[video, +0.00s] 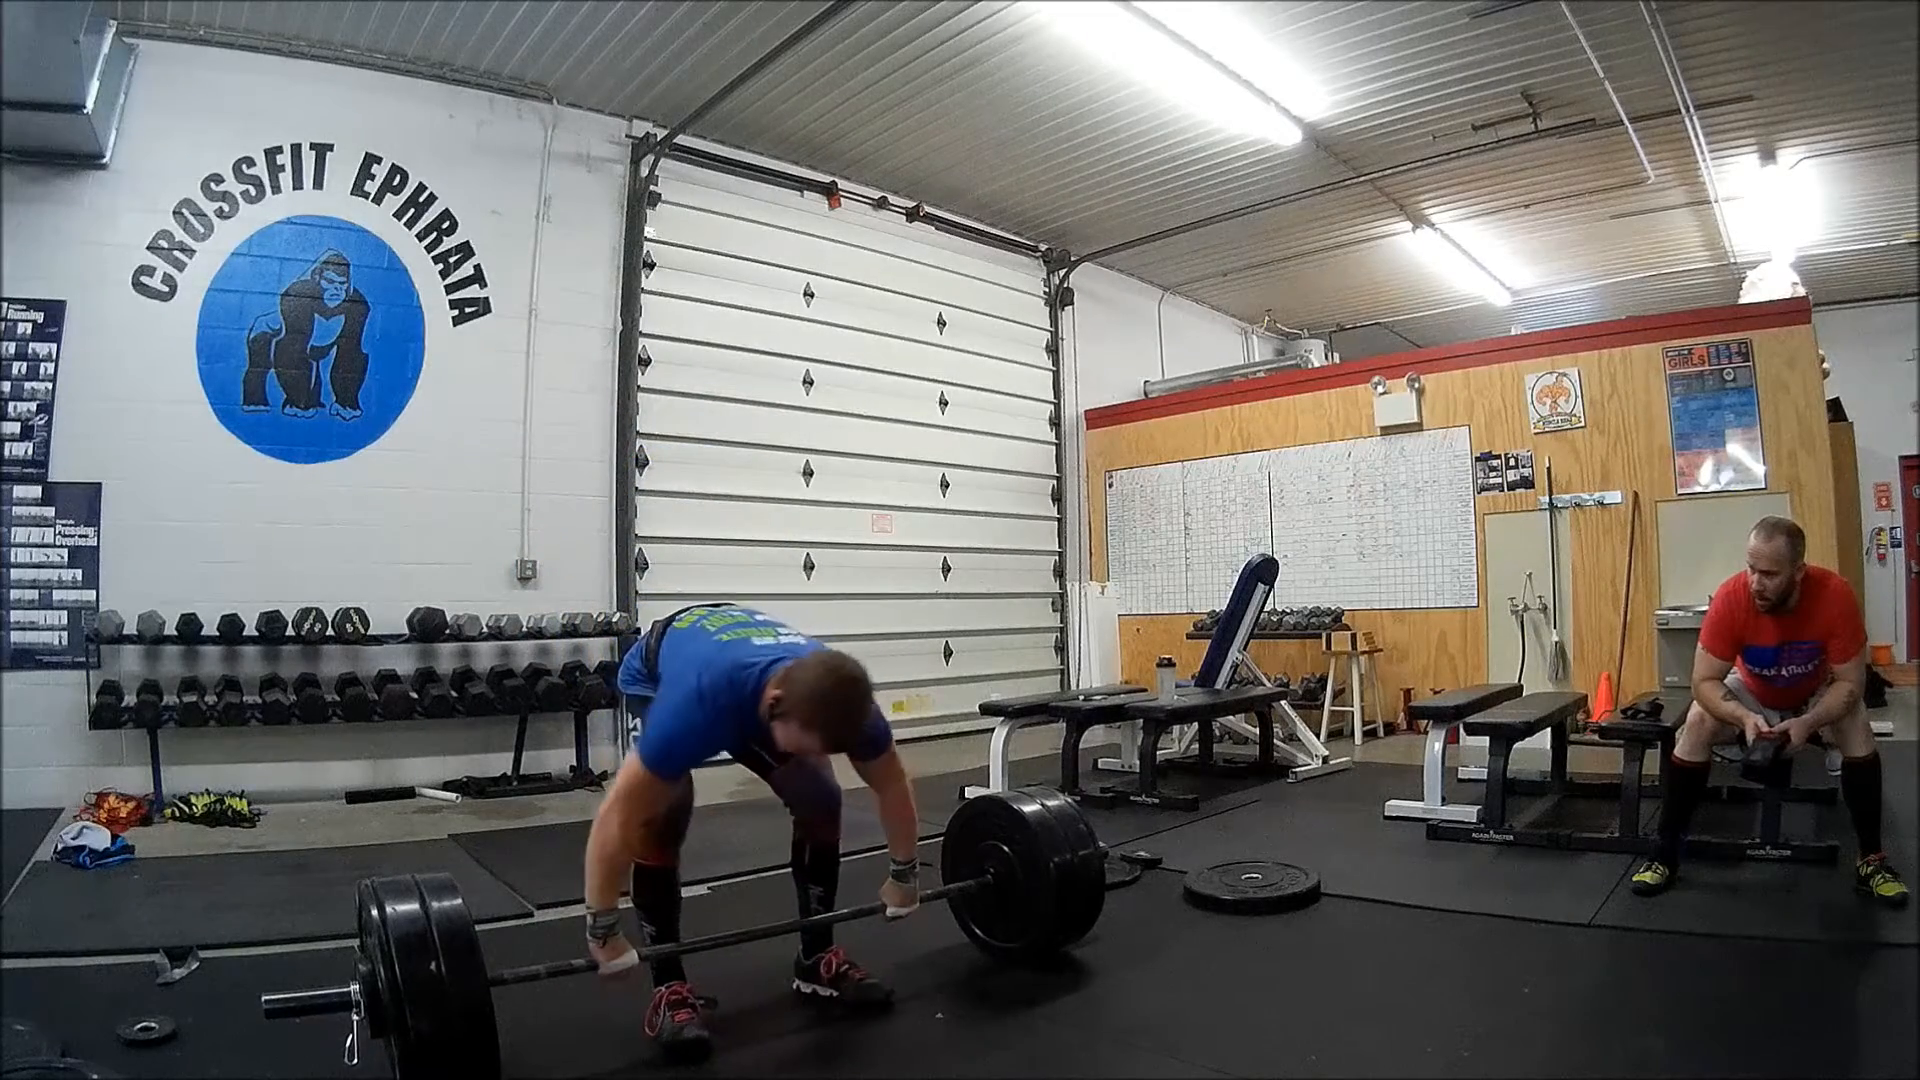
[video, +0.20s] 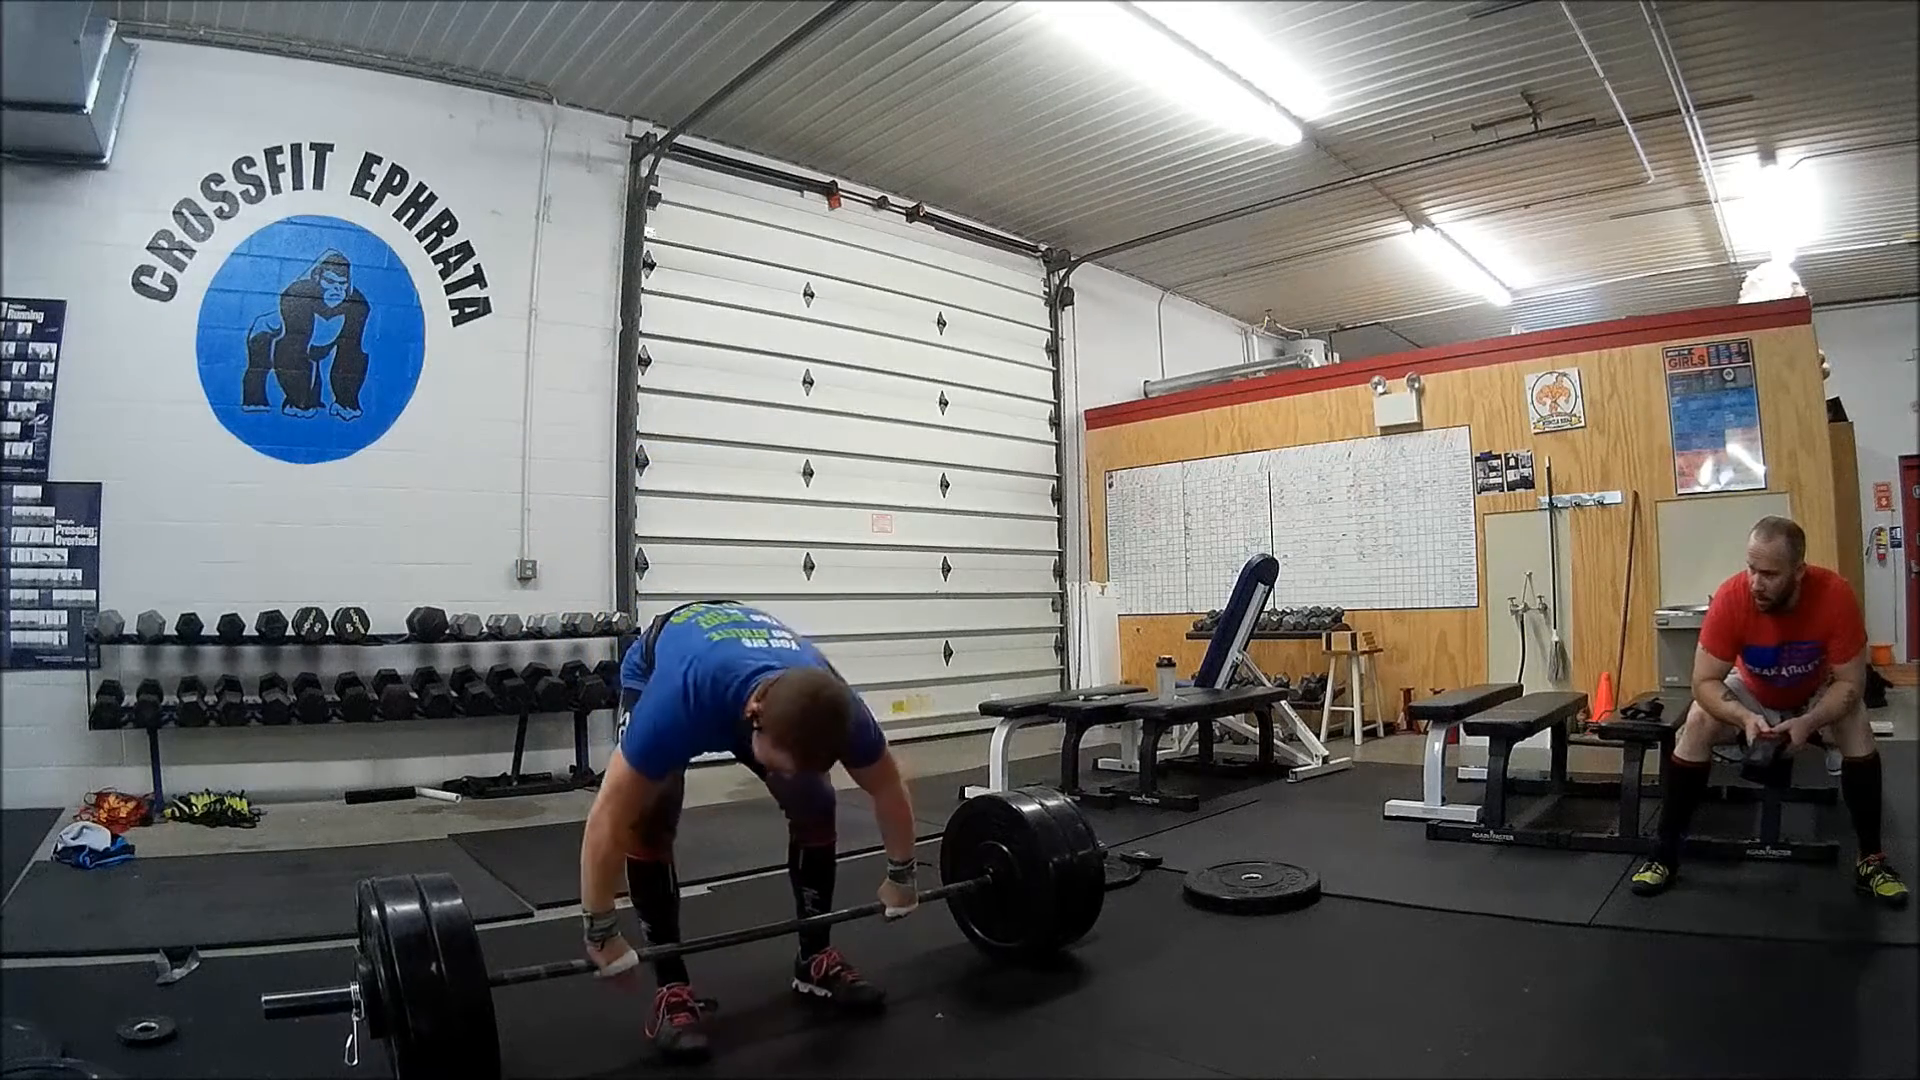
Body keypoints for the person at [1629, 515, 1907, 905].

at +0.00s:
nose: (1757, 584)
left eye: (1769, 575)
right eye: (1752, 570)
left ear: (1799, 569)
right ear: (1746, 561)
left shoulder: (1834, 596)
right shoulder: (1731, 598)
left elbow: (1850, 682)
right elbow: (1704, 683)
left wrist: (1808, 722)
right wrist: (1742, 718)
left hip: (1816, 695)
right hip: (1751, 694)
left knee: (1855, 723)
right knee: (1697, 721)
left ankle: (1871, 859)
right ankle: (1665, 857)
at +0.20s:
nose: (1757, 584)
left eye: (1769, 575)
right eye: (1752, 570)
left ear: (1799, 569)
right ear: (1746, 561)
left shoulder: (1834, 595)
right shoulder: (1731, 598)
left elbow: (1850, 682)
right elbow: (1704, 683)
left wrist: (1808, 722)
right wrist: (1743, 718)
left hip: (1816, 696)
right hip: (1751, 694)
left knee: (1855, 723)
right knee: (1697, 721)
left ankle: (1871, 859)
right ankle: (1665, 857)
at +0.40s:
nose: (1757, 584)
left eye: (1769, 575)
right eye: (1752, 570)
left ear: (1799, 569)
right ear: (1746, 561)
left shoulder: (1835, 596)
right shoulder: (1731, 598)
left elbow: (1850, 682)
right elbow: (1704, 683)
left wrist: (1808, 722)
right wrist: (1743, 718)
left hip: (1816, 696)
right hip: (1751, 694)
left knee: (1855, 723)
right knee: (1697, 721)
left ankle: (1871, 860)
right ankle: (1665, 857)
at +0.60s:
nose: (1757, 584)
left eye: (1769, 575)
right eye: (1752, 570)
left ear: (1799, 569)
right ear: (1746, 561)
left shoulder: (1834, 596)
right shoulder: (1731, 598)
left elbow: (1850, 682)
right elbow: (1704, 683)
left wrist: (1809, 722)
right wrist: (1743, 718)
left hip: (1816, 696)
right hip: (1751, 694)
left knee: (1855, 724)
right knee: (1697, 722)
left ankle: (1871, 860)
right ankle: (1664, 857)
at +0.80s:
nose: (1757, 584)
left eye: (1769, 575)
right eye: (1752, 570)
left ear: (1799, 569)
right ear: (1747, 561)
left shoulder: (1834, 596)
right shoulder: (1731, 598)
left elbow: (1850, 682)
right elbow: (1704, 683)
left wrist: (1809, 722)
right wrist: (1743, 718)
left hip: (1816, 696)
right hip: (1751, 694)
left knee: (1855, 724)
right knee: (1697, 722)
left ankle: (1871, 860)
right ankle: (1664, 856)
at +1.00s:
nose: (1756, 584)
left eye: (1769, 575)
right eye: (1752, 570)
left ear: (1799, 569)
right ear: (1746, 562)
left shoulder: (1834, 595)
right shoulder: (1731, 598)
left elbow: (1850, 682)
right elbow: (1704, 683)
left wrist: (1808, 722)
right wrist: (1743, 718)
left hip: (1816, 695)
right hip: (1752, 694)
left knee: (1855, 723)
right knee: (1697, 721)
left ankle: (1871, 860)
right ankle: (1664, 857)